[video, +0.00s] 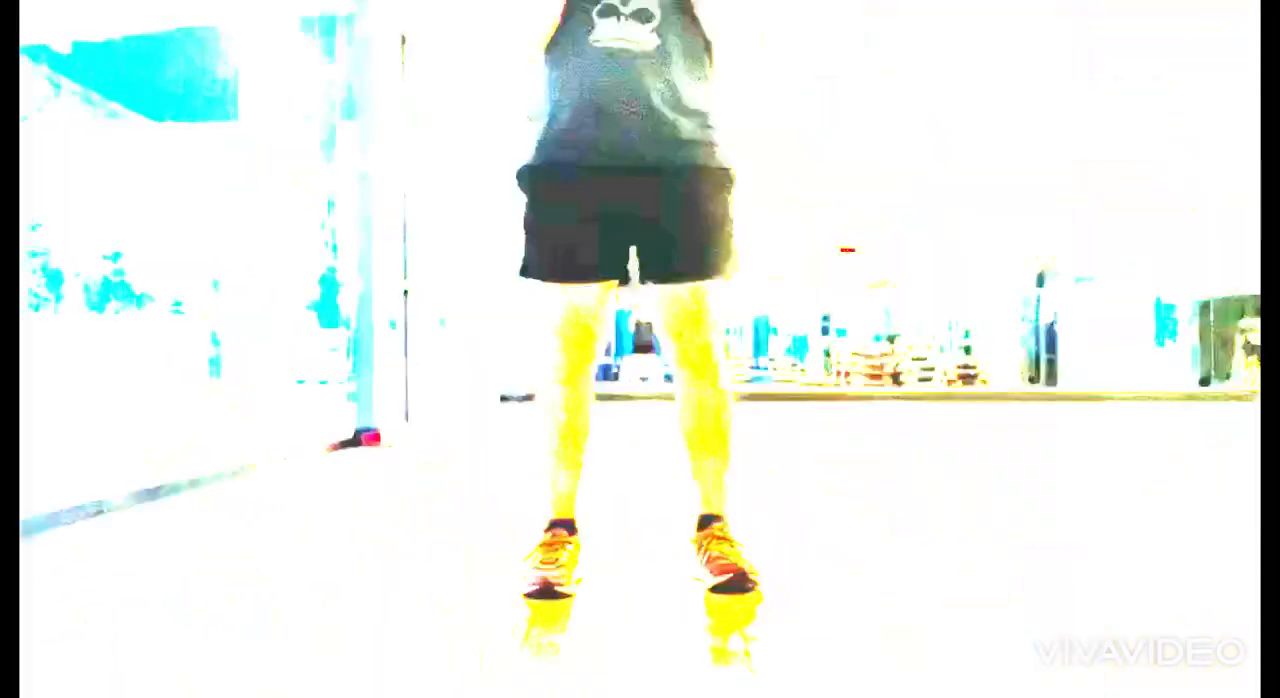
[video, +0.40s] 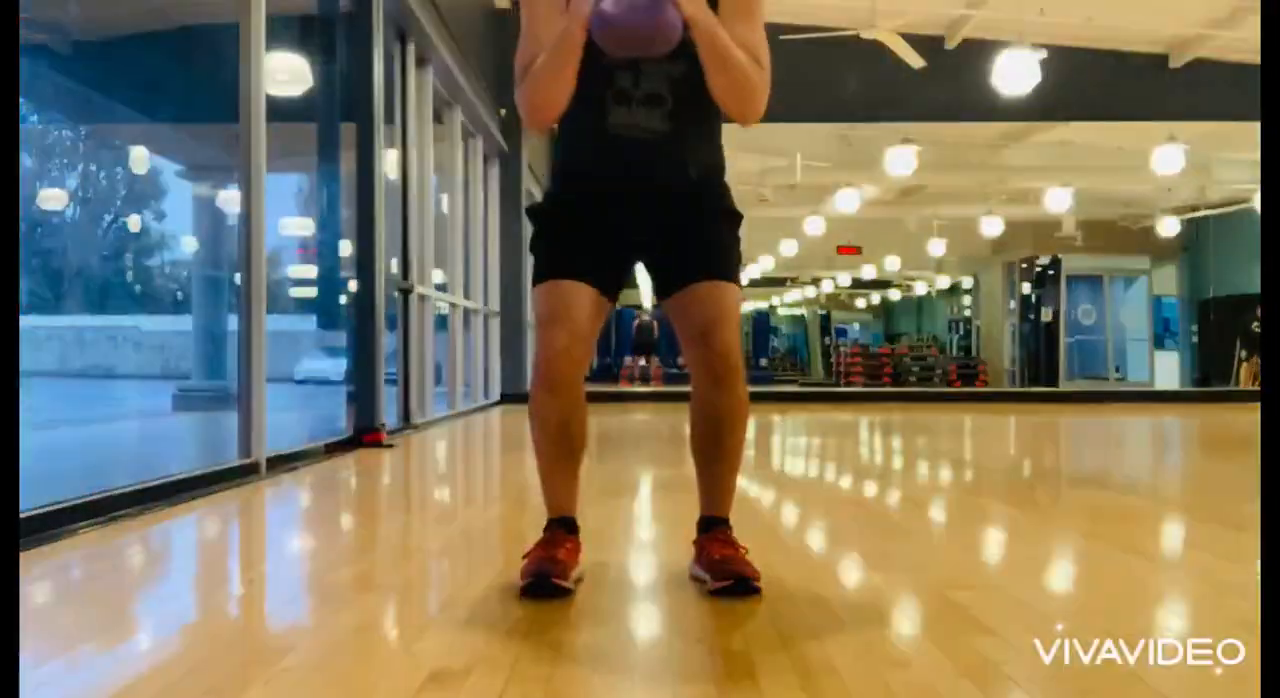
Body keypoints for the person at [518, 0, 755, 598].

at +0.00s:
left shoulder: (685, 11)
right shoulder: (564, 10)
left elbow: (712, 54)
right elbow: (529, 39)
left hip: (683, 157)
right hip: (575, 156)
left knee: (697, 351)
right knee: (571, 354)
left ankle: (715, 528)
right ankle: (560, 533)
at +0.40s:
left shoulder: (730, 3)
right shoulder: (552, 2)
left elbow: (748, 103)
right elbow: (537, 111)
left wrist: (695, 12)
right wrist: (578, 15)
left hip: (689, 197)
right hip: (585, 196)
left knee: (720, 352)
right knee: (556, 353)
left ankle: (716, 536)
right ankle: (559, 533)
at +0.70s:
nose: (637, 1)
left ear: (683, 5)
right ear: (603, 5)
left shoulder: (726, 102)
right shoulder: (554, 102)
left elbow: (743, 237)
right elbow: (530, 241)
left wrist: (697, 149)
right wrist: (578, 151)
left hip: (687, 297)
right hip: (584, 296)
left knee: (728, 376)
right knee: (541, 382)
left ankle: (716, 537)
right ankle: (558, 537)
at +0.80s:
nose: (641, 24)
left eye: (658, 9)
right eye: (624, 8)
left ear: (683, 26)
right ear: (598, 24)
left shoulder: (723, 129)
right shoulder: (553, 132)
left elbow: (746, 262)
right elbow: (532, 271)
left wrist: (698, 180)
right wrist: (577, 181)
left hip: (685, 321)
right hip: (586, 321)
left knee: (722, 371)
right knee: (544, 382)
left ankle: (716, 538)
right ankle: (558, 538)